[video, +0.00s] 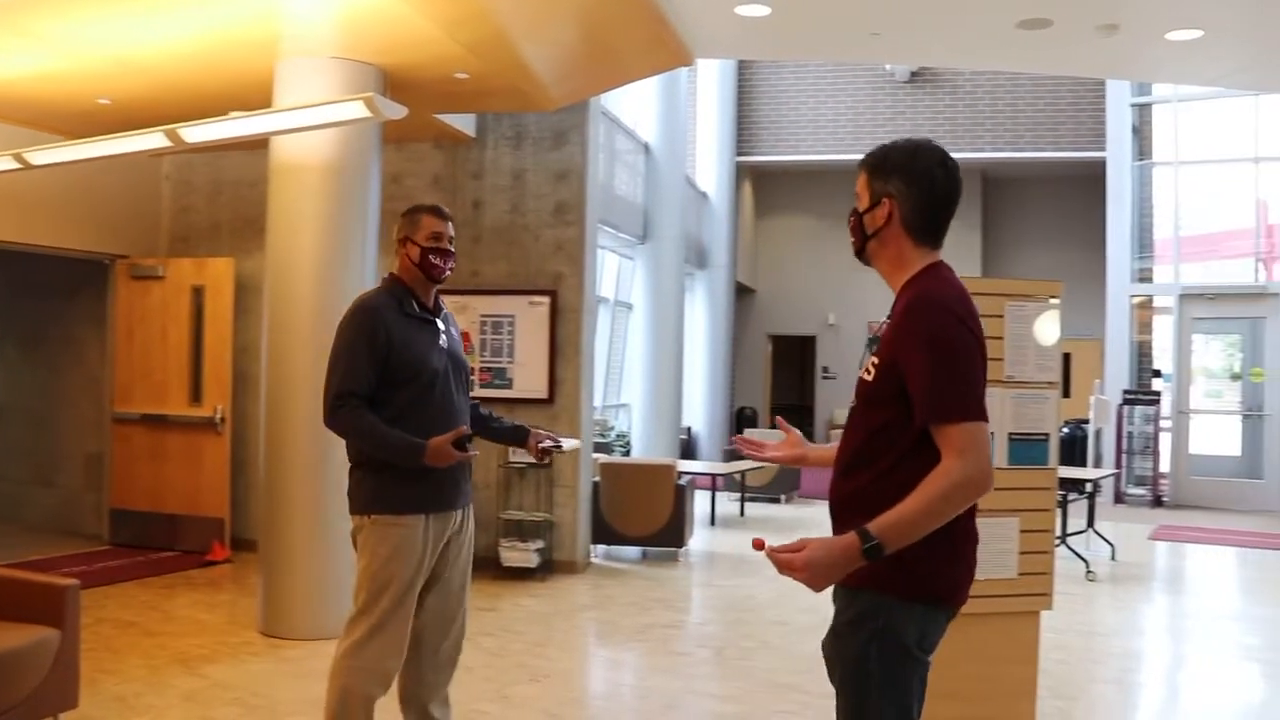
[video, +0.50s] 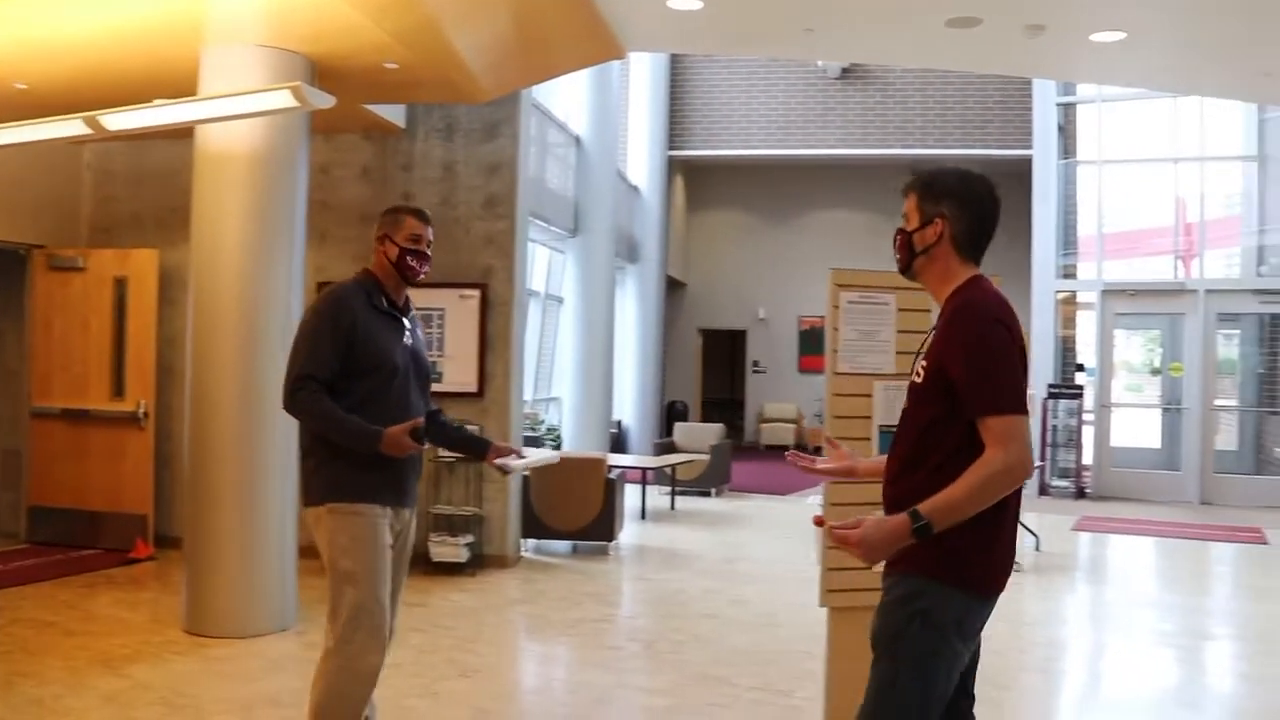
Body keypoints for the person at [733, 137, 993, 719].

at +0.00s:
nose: (853, 218)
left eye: (859, 204)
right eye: (855, 204)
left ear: (886, 211)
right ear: (910, 213)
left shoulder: (933, 305)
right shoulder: (919, 299)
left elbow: (970, 470)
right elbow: (901, 445)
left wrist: (853, 548)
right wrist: (808, 454)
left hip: (900, 586)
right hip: (887, 579)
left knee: (874, 709)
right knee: (873, 707)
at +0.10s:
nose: (866, 221)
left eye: (872, 207)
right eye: (868, 207)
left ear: (901, 216)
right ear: (915, 218)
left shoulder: (944, 306)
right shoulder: (931, 302)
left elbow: (978, 469)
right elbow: (917, 449)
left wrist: (859, 542)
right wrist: (824, 455)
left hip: (906, 584)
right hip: (908, 580)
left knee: (875, 708)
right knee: (906, 709)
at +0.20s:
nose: (880, 226)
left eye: (887, 213)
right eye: (882, 213)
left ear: (916, 221)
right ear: (929, 224)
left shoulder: (956, 310)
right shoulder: (946, 305)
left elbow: (987, 469)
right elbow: (928, 448)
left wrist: (869, 536)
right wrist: (838, 459)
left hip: (917, 580)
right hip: (927, 576)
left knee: (874, 710)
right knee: (930, 712)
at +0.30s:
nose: (888, 232)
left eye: (895, 219)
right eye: (890, 219)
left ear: (925, 228)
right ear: (936, 231)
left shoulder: (966, 314)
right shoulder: (954, 310)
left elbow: (994, 469)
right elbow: (943, 452)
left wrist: (877, 533)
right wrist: (853, 465)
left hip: (926, 583)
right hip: (933, 580)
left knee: (878, 710)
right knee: (941, 712)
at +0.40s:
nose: (897, 237)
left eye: (904, 223)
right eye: (899, 224)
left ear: (933, 232)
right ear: (942, 234)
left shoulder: (973, 317)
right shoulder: (959, 313)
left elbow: (1003, 468)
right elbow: (948, 456)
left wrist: (892, 531)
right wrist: (859, 468)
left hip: (936, 578)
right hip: (938, 574)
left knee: (887, 710)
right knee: (944, 711)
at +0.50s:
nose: (900, 234)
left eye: (907, 221)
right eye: (902, 222)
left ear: (937, 230)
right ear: (943, 232)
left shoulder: (978, 312)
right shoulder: (962, 310)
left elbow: (1012, 458)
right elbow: (951, 450)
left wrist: (904, 526)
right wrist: (861, 468)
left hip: (943, 572)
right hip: (942, 566)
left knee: (890, 711)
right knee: (945, 712)